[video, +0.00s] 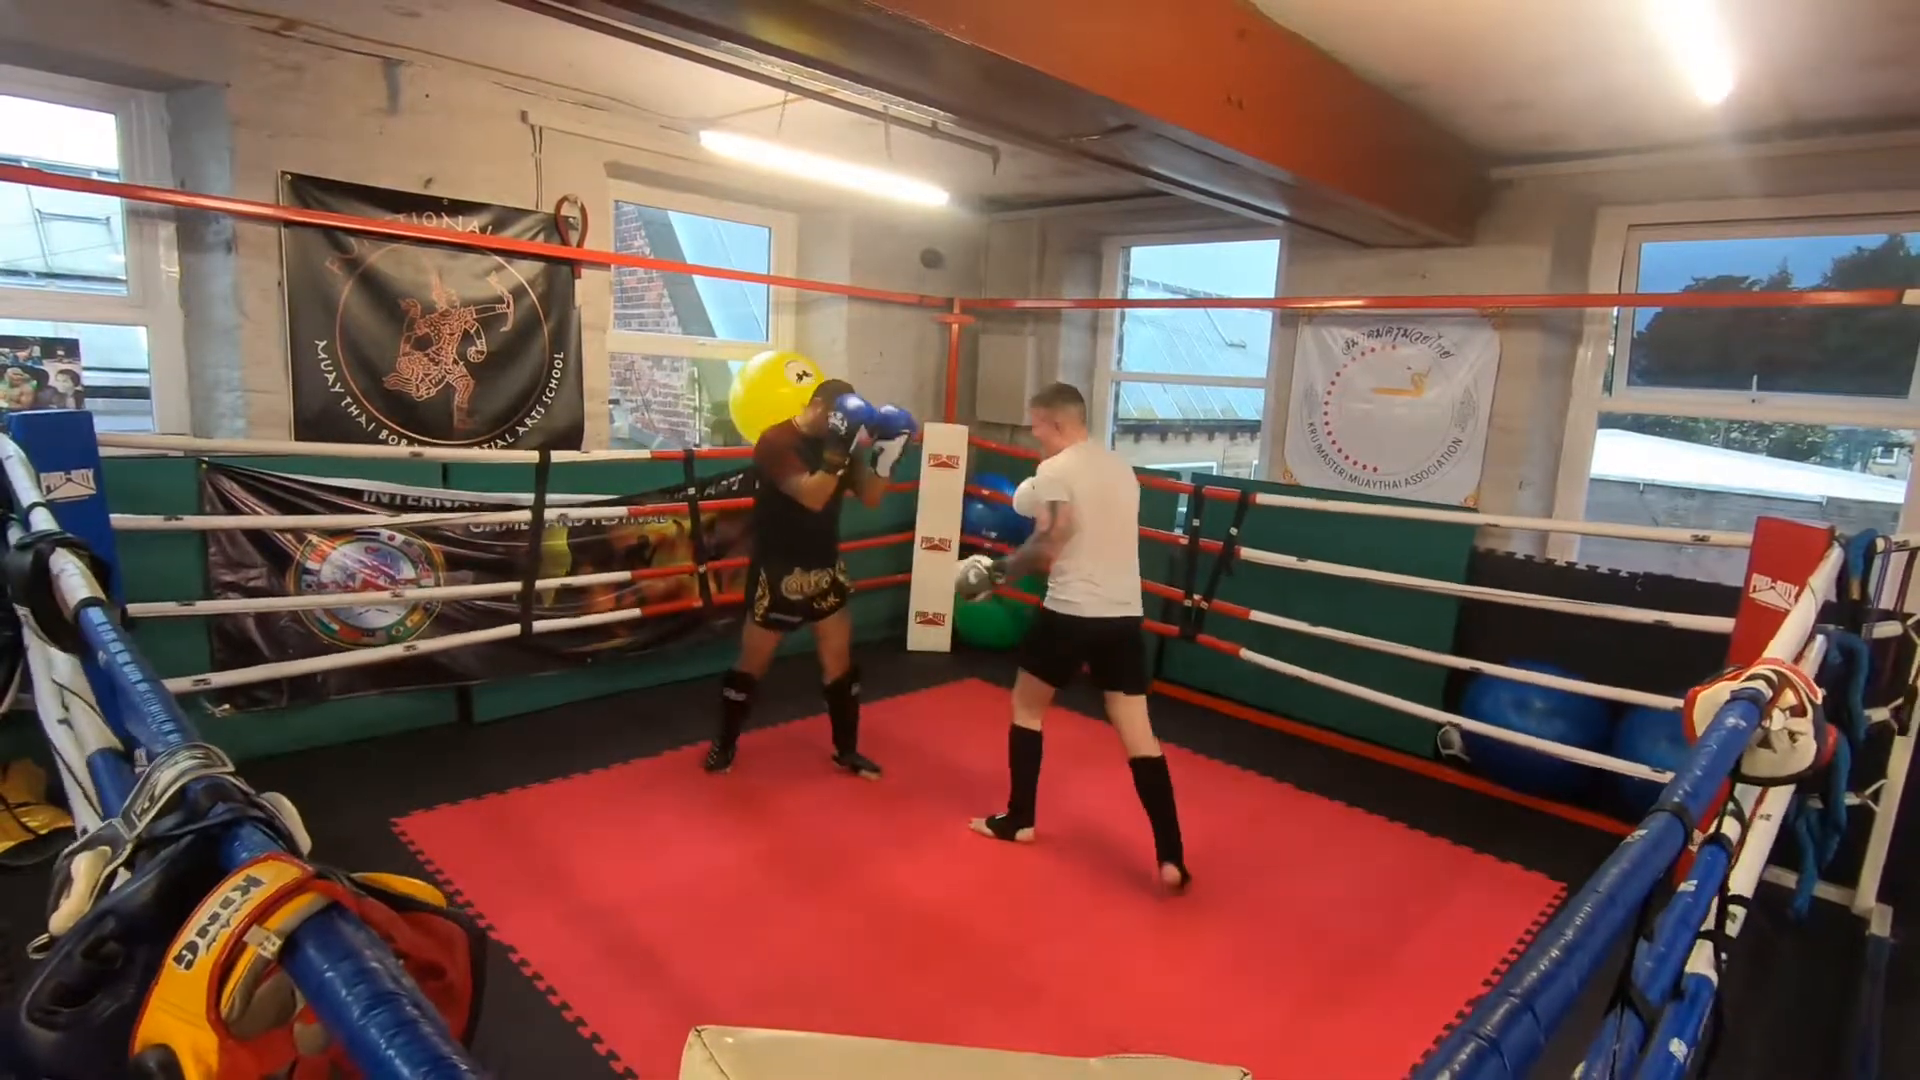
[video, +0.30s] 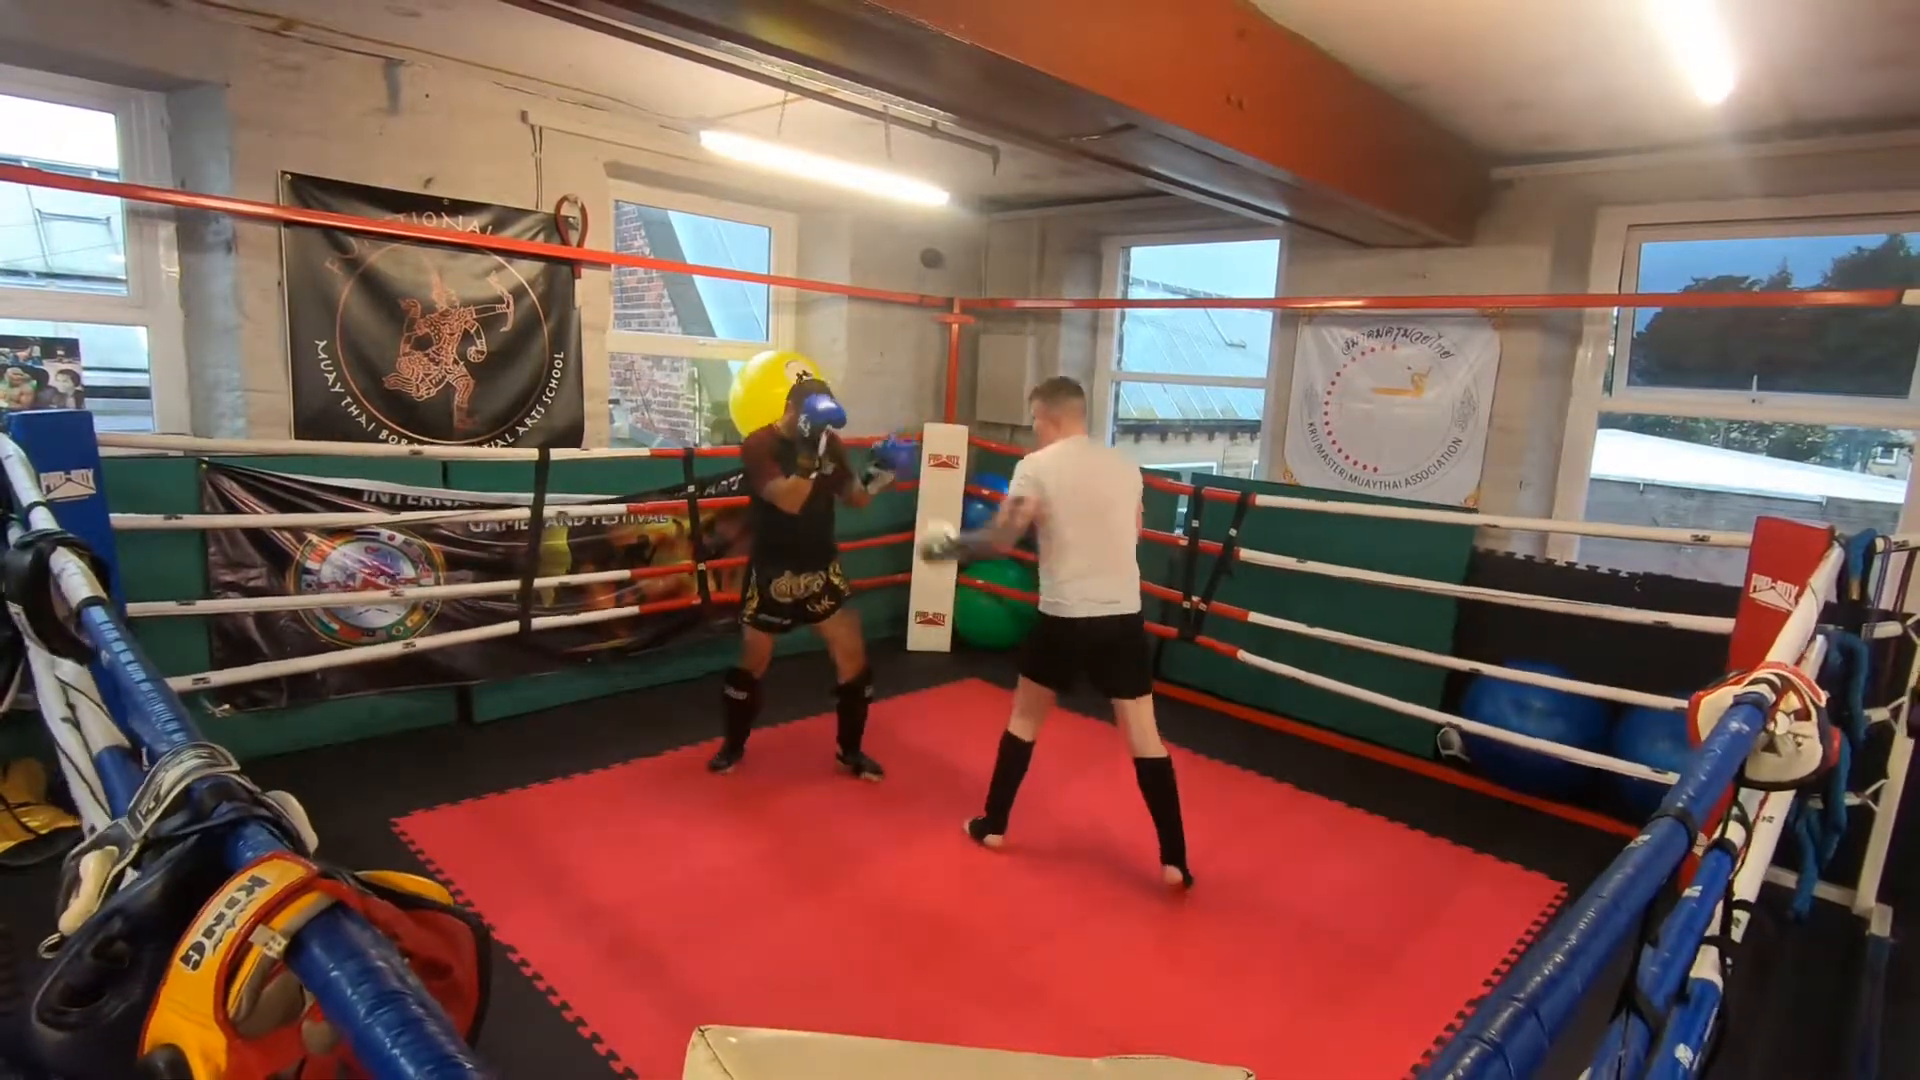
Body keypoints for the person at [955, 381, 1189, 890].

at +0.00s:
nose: (1037, 440)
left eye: (1037, 431)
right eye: (1034, 432)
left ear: (1054, 423)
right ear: (1080, 422)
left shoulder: (1055, 470)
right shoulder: (1123, 470)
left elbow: (1052, 539)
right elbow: (1104, 541)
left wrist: (1004, 569)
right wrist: (1017, 560)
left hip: (1068, 615)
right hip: (1124, 618)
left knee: (1028, 707)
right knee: (1138, 732)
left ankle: (1018, 818)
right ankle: (1171, 857)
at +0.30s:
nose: (1036, 428)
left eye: (1036, 420)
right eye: (1036, 420)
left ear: (1044, 417)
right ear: (1082, 415)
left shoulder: (1036, 467)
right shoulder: (1126, 467)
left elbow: (1003, 536)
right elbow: (1129, 533)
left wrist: (952, 545)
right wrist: (1041, 537)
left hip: (1063, 623)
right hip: (1123, 624)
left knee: (1026, 719)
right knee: (1145, 738)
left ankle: (994, 823)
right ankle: (1175, 861)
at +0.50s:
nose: (1021, 430)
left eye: (1021, 422)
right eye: (1020, 423)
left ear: (1035, 419)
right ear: (1068, 414)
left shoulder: (1023, 459)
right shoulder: (1117, 461)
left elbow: (948, 473)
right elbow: (1132, 529)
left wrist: (884, 462)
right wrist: (1076, 515)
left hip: (1061, 621)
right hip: (1124, 620)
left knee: (1028, 721)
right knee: (1150, 729)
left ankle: (993, 826)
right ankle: (1185, 852)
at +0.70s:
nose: (1043, 439)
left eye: (1043, 431)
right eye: (1041, 431)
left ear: (1060, 425)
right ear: (1096, 424)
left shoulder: (1054, 473)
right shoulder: (1141, 475)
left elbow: (992, 535)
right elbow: (1120, 538)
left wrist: (936, 543)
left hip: (1068, 630)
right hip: (1132, 635)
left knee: (1030, 725)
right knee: (1153, 748)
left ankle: (993, 825)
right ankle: (1184, 871)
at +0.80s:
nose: (1052, 443)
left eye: (1055, 432)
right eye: (1051, 433)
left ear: (1074, 428)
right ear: (1100, 428)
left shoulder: (1068, 475)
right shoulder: (1145, 476)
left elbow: (1029, 546)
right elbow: (1130, 543)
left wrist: (977, 567)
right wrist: (1053, 543)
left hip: (1077, 629)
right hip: (1138, 636)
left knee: (1030, 724)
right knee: (1156, 750)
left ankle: (992, 826)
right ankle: (1184, 874)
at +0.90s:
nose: (1050, 439)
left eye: (1051, 430)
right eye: (1048, 431)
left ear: (1069, 426)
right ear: (1100, 426)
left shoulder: (1063, 474)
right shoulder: (1147, 476)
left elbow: (1015, 541)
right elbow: (1128, 541)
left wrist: (960, 552)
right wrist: (1047, 533)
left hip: (1076, 629)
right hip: (1140, 635)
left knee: (1027, 724)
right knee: (1157, 750)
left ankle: (991, 835)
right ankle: (1187, 874)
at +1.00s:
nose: (1040, 435)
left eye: (1041, 426)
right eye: (1039, 427)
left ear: (1059, 423)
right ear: (1091, 423)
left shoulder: (1049, 471)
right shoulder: (1139, 472)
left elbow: (978, 517)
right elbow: (1140, 542)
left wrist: (924, 501)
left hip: (1070, 632)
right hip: (1135, 636)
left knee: (1029, 728)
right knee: (1155, 748)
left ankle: (990, 837)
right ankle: (1188, 872)